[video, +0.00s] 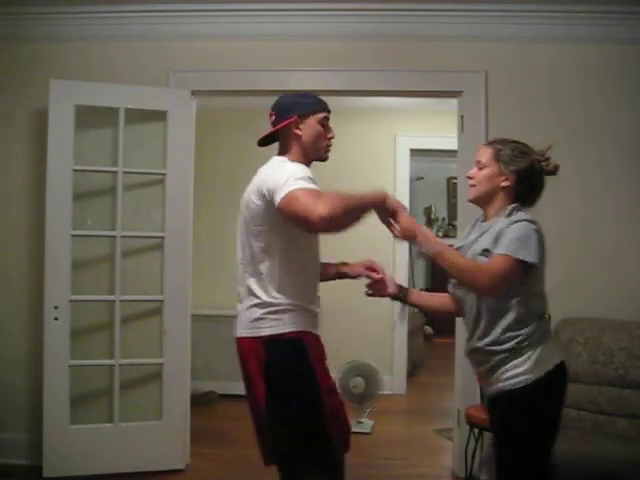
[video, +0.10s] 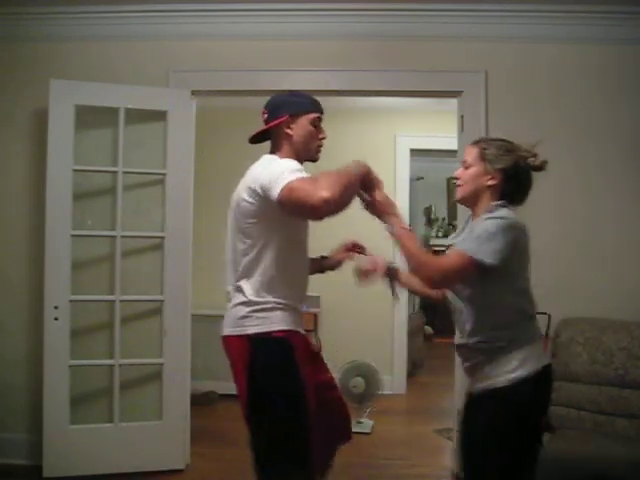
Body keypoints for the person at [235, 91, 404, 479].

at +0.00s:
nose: (331, 132)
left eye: (329, 124)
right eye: (323, 123)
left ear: (296, 131)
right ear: (296, 128)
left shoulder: (274, 177)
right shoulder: (283, 172)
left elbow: (284, 268)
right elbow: (321, 212)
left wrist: (344, 269)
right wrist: (378, 200)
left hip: (273, 331)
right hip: (281, 334)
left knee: (303, 452)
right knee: (318, 451)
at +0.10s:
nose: (323, 133)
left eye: (322, 125)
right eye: (314, 124)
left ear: (288, 131)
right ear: (286, 128)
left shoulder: (277, 175)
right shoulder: (271, 169)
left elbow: (272, 265)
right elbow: (320, 200)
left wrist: (325, 262)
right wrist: (357, 171)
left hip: (280, 328)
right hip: (263, 330)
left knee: (330, 427)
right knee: (289, 450)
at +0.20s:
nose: (310, 131)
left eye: (310, 124)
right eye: (303, 122)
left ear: (276, 128)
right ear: (274, 125)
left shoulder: (267, 173)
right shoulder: (258, 167)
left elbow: (259, 261)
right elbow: (323, 189)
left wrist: (310, 258)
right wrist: (344, 147)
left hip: (269, 326)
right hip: (252, 328)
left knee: (309, 436)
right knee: (271, 450)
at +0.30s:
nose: (297, 131)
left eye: (297, 123)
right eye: (289, 122)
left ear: (263, 128)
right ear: (260, 125)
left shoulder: (253, 173)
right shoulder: (244, 167)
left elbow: (247, 261)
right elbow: (323, 179)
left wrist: (298, 256)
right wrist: (333, 133)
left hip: (254, 326)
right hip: (242, 328)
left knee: (262, 445)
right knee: (255, 448)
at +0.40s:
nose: (284, 132)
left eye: (284, 124)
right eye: (276, 123)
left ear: (249, 129)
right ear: (246, 125)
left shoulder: (239, 175)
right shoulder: (231, 167)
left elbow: (234, 260)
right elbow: (315, 173)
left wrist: (287, 257)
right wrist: (331, 128)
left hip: (234, 326)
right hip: (225, 328)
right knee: (242, 450)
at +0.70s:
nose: (248, 140)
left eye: (249, 132)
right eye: (242, 130)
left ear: (211, 133)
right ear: (214, 130)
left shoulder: (190, 177)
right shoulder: (200, 170)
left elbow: (186, 263)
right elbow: (297, 154)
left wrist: (240, 270)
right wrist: (329, 117)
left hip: (183, 333)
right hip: (188, 337)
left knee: (182, 459)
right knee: (193, 461)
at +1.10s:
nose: (253, 149)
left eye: (252, 141)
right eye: (246, 140)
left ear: (219, 145)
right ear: (220, 143)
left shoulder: (208, 187)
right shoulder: (200, 181)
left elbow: (185, 270)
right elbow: (288, 183)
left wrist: (234, 285)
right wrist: (335, 147)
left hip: (210, 345)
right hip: (179, 345)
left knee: (222, 458)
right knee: (162, 461)